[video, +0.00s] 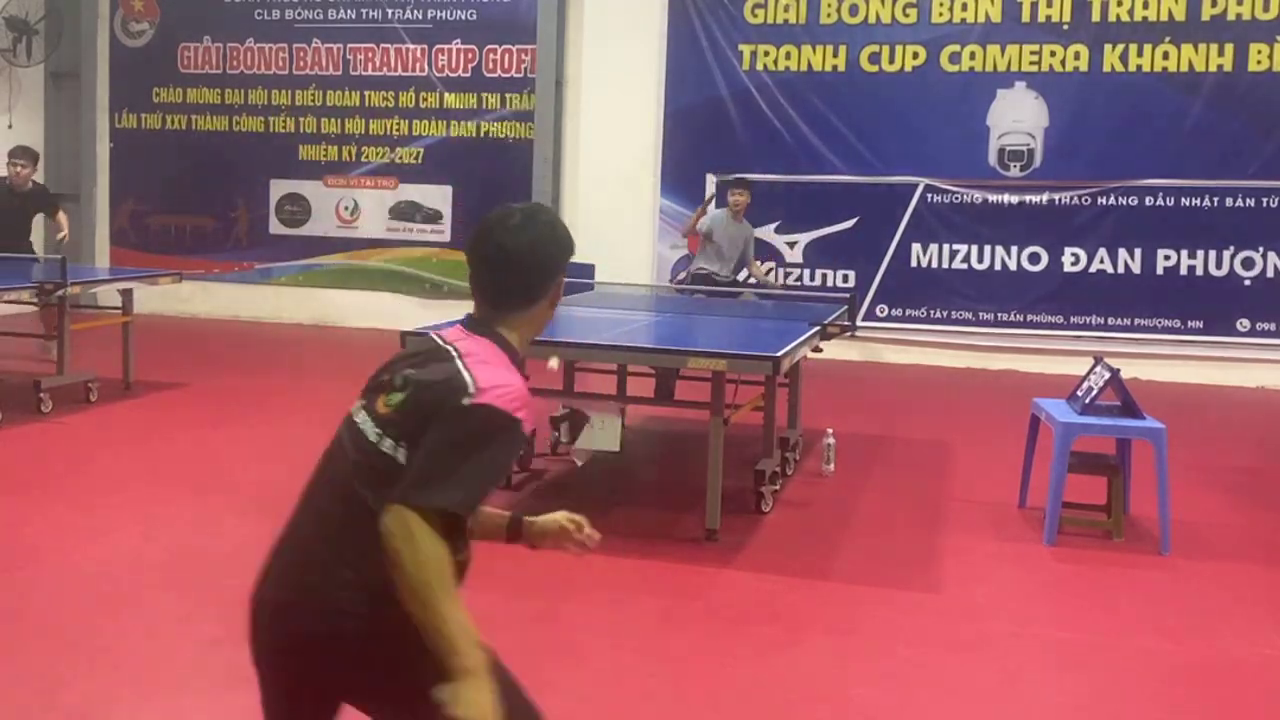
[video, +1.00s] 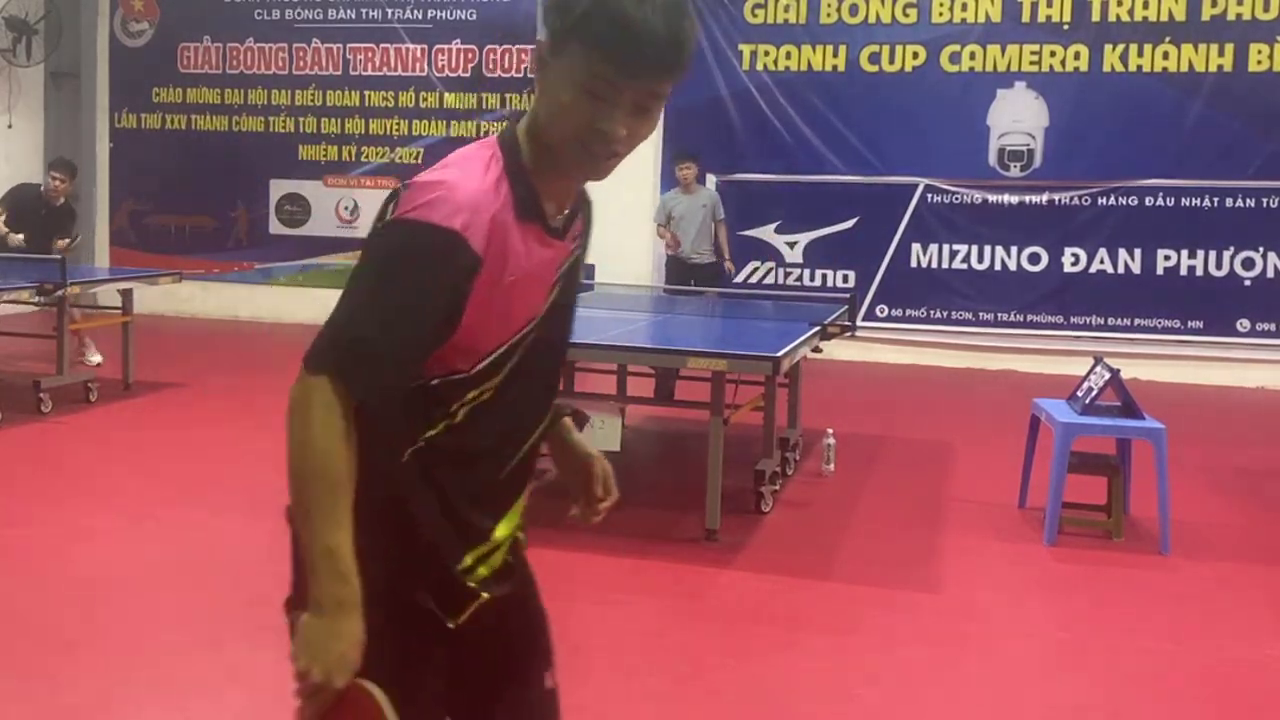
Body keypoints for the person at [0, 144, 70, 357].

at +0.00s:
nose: (16, 170)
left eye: (23, 167)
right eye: (12, 165)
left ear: (33, 171)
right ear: (7, 166)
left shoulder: (38, 192)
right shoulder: (2, 187)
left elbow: (56, 212)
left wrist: (64, 229)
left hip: (21, 253)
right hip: (2, 253)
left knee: (46, 289)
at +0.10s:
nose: (28, 167)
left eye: (34, 163)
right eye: (25, 161)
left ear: (45, 168)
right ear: (18, 163)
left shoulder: (53, 191)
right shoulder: (6, 187)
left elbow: (76, 214)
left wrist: (75, 228)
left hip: (42, 259)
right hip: (8, 259)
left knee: (71, 295)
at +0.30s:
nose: (54, 167)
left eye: (60, 163)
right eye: (51, 162)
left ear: (72, 167)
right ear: (47, 163)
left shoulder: (84, 193)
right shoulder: (34, 188)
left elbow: (109, 221)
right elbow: (8, 206)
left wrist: (100, 232)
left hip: (74, 263)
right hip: (37, 261)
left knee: (91, 300)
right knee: (14, 303)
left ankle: (104, 346)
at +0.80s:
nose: (60, 172)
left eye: (66, 169)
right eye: (57, 167)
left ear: (76, 173)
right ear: (51, 166)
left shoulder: (79, 200)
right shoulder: (34, 186)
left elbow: (85, 232)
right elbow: (4, 210)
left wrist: (77, 235)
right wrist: (15, 231)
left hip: (54, 261)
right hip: (18, 258)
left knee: (77, 297)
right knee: (2, 297)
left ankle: (90, 346)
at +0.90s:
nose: (58, 181)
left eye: (64, 178)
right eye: (55, 175)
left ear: (73, 182)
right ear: (49, 174)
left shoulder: (73, 208)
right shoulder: (29, 192)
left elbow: (74, 240)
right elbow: (3, 218)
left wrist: (73, 243)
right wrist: (18, 235)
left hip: (47, 263)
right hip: (13, 260)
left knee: (76, 294)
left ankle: (83, 348)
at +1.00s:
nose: (55, 184)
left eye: (61, 181)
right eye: (52, 178)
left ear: (70, 186)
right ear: (46, 177)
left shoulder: (67, 212)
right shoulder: (23, 192)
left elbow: (59, 242)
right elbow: (0, 216)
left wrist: (62, 245)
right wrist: (8, 235)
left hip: (42, 262)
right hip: (10, 259)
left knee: (66, 294)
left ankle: (86, 344)